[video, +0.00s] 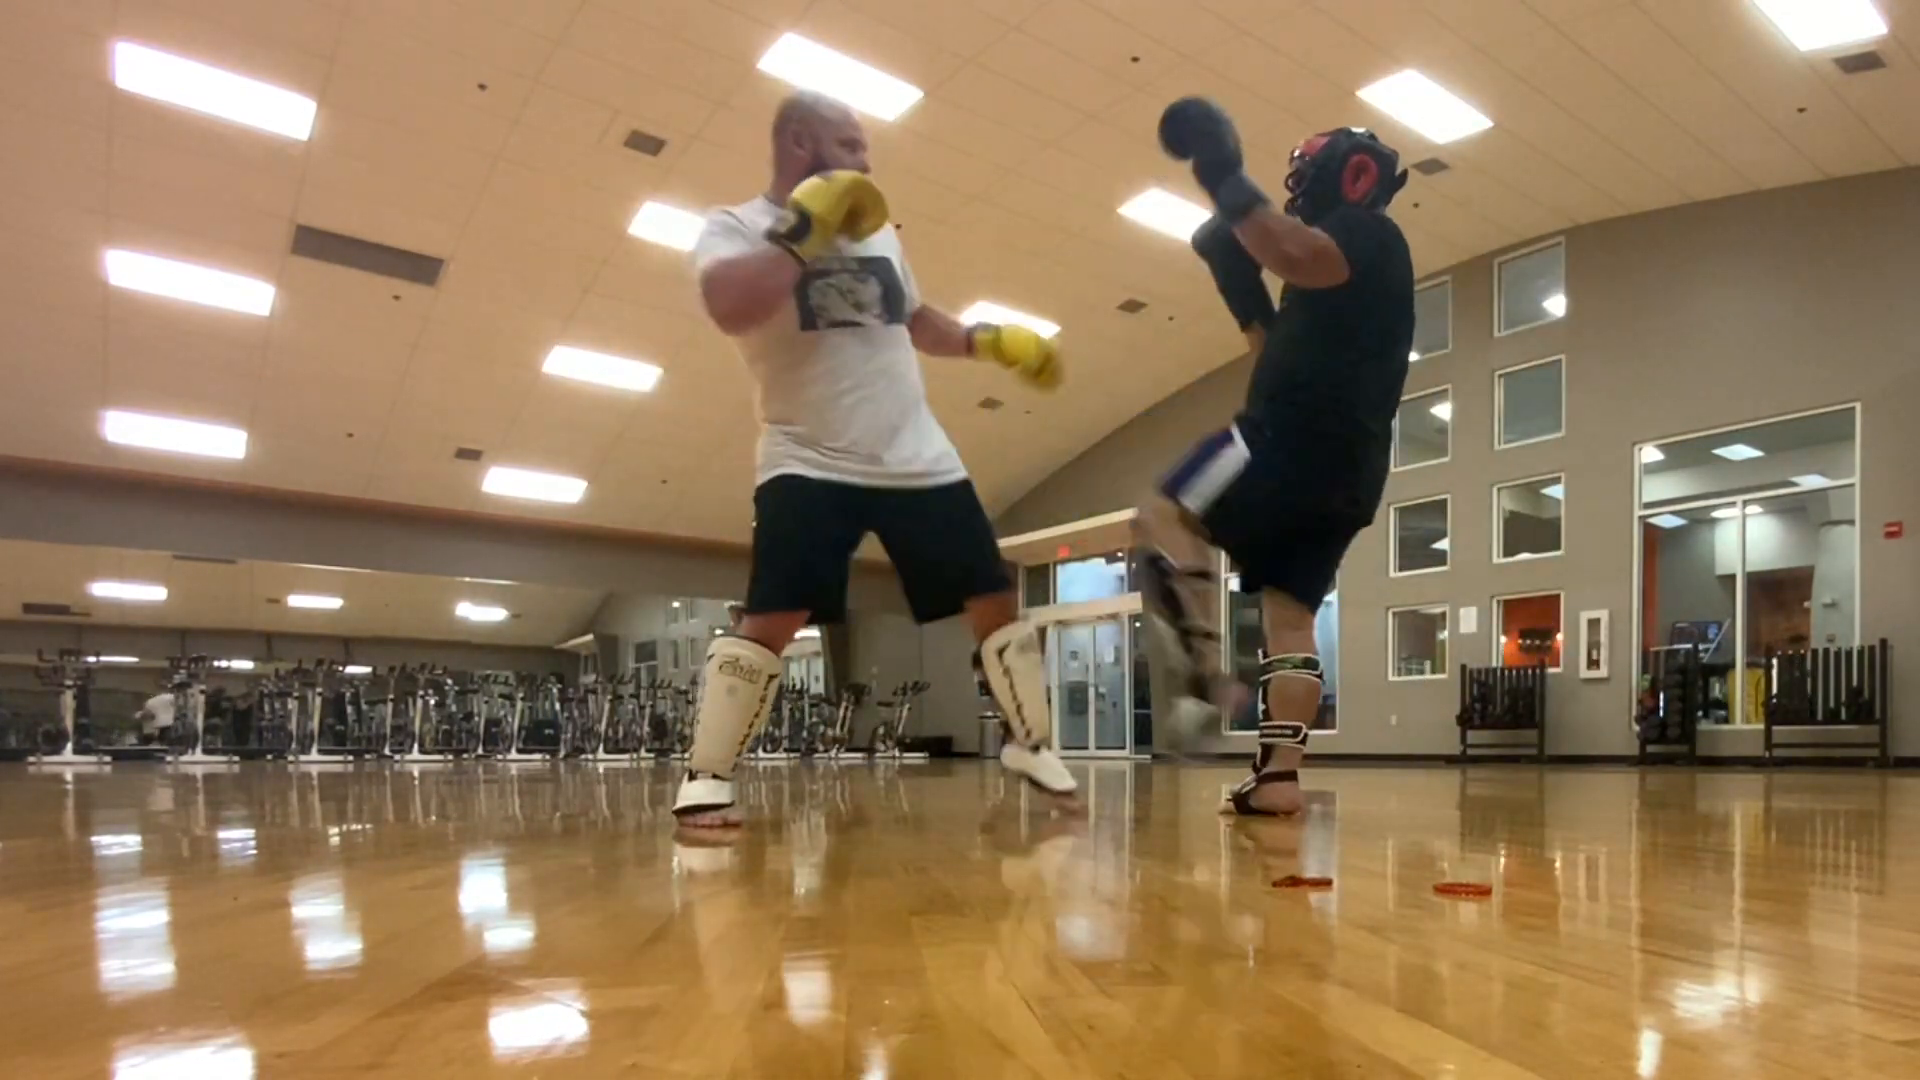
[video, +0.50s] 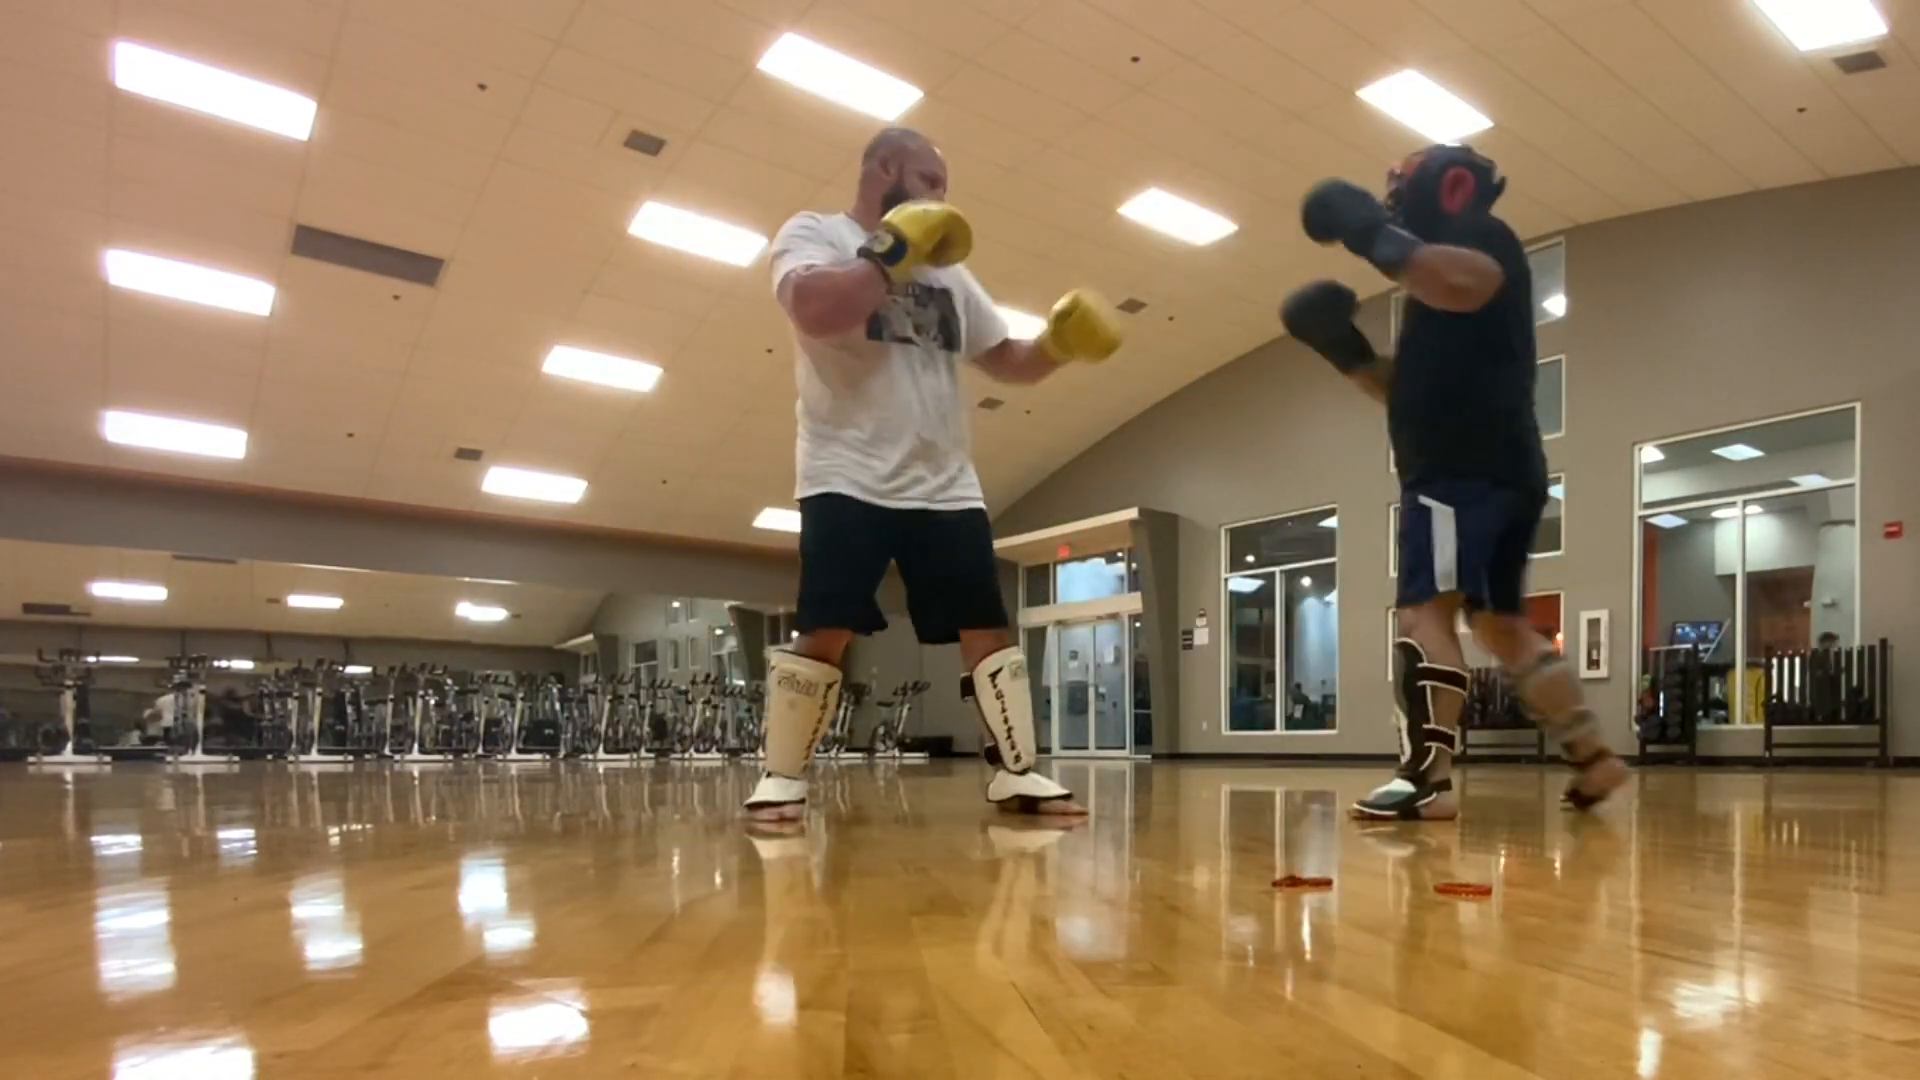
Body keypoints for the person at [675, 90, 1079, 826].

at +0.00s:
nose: (861, 163)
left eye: (865, 150)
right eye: (848, 147)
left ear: (863, 153)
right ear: (797, 143)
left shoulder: (878, 234)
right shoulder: (737, 229)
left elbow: (915, 319)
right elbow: (729, 306)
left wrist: (987, 341)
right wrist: (805, 234)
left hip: (915, 452)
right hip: (808, 456)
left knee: (991, 593)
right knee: (778, 609)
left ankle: (1033, 747)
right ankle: (706, 781)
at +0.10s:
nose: (899, 182)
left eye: (903, 170)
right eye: (887, 166)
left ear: (900, 173)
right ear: (838, 161)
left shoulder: (922, 257)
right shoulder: (783, 250)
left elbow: (986, 320)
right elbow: (783, 341)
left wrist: (1055, 304)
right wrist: (846, 254)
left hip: (941, 470)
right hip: (840, 469)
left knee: (991, 613)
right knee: (799, 619)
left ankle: (1016, 776)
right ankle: (716, 778)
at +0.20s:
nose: (933, 192)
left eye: (937, 180)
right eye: (922, 177)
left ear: (933, 181)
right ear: (873, 169)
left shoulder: (957, 258)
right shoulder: (814, 249)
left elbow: (1040, 282)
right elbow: (827, 340)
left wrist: (1114, 270)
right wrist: (887, 256)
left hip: (958, 479)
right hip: (858, 474)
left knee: (1007, 616)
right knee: (821, 619)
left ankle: (1019, 775)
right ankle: (745, 776)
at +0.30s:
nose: (950, 195)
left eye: (952, 186)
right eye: (940, 180)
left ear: (911, 172)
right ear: (894, 163)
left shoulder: (962, 249)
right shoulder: (827, 236)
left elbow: (1058, 257)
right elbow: (838, 314)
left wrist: (1146, 247)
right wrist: (913, 244)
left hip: (952, 466)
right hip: (857, 459)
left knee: (987, 613)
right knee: (832, 603)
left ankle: (1016, 773)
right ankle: (770, 766)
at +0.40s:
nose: (946, 189)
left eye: (950, 180)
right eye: (935, 175)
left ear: (909, 171)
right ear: (890, 164)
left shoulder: (962, 256)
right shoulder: (825, 229)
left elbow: (1047, 306)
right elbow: (831, 302)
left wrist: (1109, 291)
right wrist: (909, 238)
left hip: (951, 467)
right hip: (857, 456)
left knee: (974, 617)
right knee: (832, 608)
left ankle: (1014, 772)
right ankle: (776, 769)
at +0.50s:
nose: (939, 199)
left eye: (944, 190)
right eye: (931, 182)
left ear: (935, 194)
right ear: (882, 166)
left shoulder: (947, 274)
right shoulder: (816, 234)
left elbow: (1003, 358)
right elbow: (814, 312)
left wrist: (1057, 344)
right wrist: (895, 254)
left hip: (943, 475)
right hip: (848, 468)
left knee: (983, 618)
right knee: (830, 621)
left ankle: (1019, 774)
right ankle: (781, 782)